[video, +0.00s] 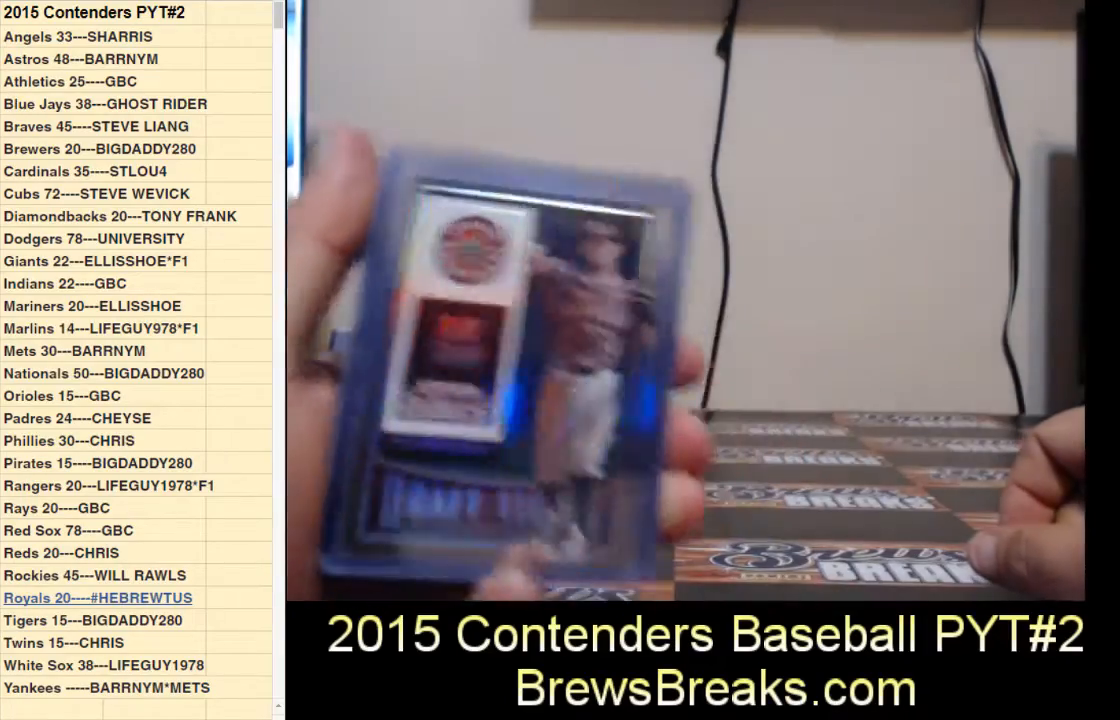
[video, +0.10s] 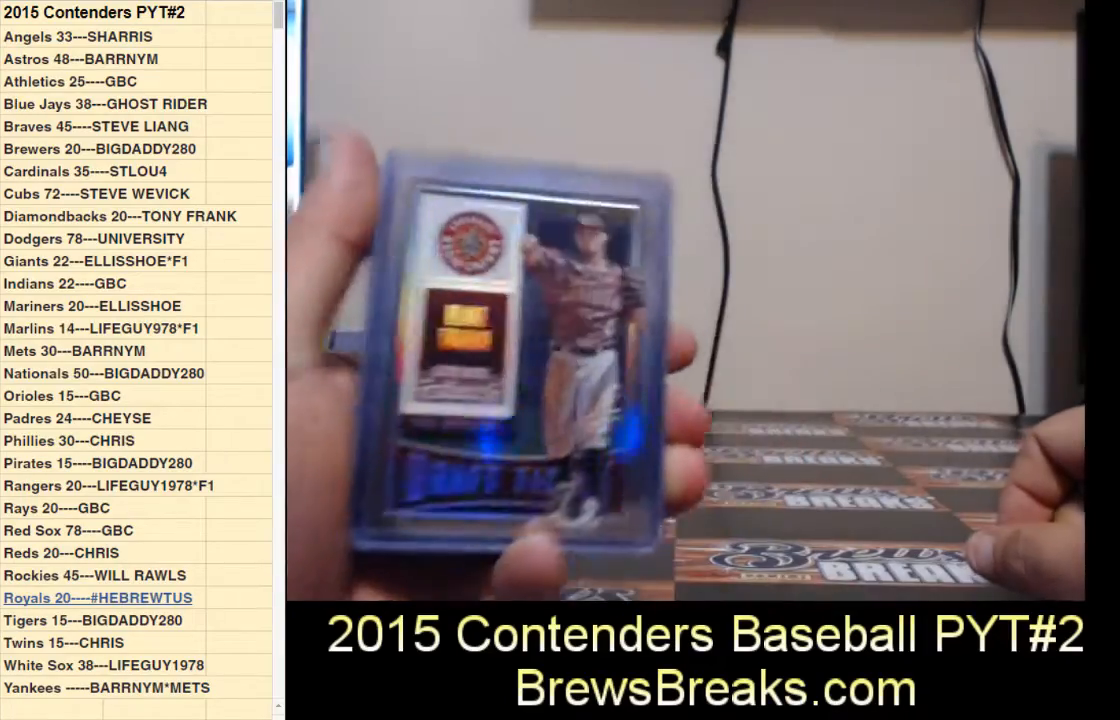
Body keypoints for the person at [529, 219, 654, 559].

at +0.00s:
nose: (599, 249)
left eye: (608, 242)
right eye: (593, 241)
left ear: (621, 249)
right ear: (581, 246)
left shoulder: (626, 292)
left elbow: (646, 335)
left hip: (601, 378)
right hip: (561, 376)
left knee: (586, 459)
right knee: (553, 457)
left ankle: (581, 532)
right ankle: (559, 529)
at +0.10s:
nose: (587, 238)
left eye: (594, 232)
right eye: (583, 232)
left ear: (607, 238)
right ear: (575, 236)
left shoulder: (618, 277)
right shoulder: (561, 266)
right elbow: (534, 254)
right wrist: (527, 246)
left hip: (602, 357)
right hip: (565, 356)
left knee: (593, 429)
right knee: (558, 429)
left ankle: (592, 499)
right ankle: (566, 492)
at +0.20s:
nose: (607, 231)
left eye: (614, 225)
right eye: (602, 225)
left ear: (626, 230)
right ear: (595, 230)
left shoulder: (638, 269)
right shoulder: (581, 259)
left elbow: (658, 311)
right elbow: (560, 251)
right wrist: (552, 242)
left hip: (622, 349)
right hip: (586, 348)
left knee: (615, 422)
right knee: (582, 423)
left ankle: (614, 497)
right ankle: (586, 489)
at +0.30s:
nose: (601, 225)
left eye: (607, 219)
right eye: (596, 219)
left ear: (619, 224)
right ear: (589, 223)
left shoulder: (630, 261)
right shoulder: (575, 251)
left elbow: (652, 301)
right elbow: (557, 246)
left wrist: (653, 280)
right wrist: (546, 238)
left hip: (617, 341)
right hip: (581, 341)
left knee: (611, 411)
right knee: (578, 412)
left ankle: (610, 483)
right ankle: (584, 474)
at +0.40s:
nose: (598, 223)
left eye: (605, 217)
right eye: (593, 218)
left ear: (616, 223)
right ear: (586, 223)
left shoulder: (628, 257)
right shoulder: (574, 249)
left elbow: (648, 296)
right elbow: (555, 245)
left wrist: (650, 275)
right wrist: (546, 236)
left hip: (616, 335)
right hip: (580, 335)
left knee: (612, 402)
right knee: (579, 404)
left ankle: (612, 474)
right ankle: (585, 461)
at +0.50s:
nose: (610, 238)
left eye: (615, 233)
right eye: (605, 232)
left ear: (626, 237)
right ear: (597, 237)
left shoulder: (636, 272)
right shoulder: (585, 264)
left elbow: (655, 308)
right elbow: (569, 258)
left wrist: (659, 291)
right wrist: (559, 251)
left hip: (624, 348)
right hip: (589, 347)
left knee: (619, 415)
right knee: (586, 415)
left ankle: (617, 486)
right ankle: (589, 473)